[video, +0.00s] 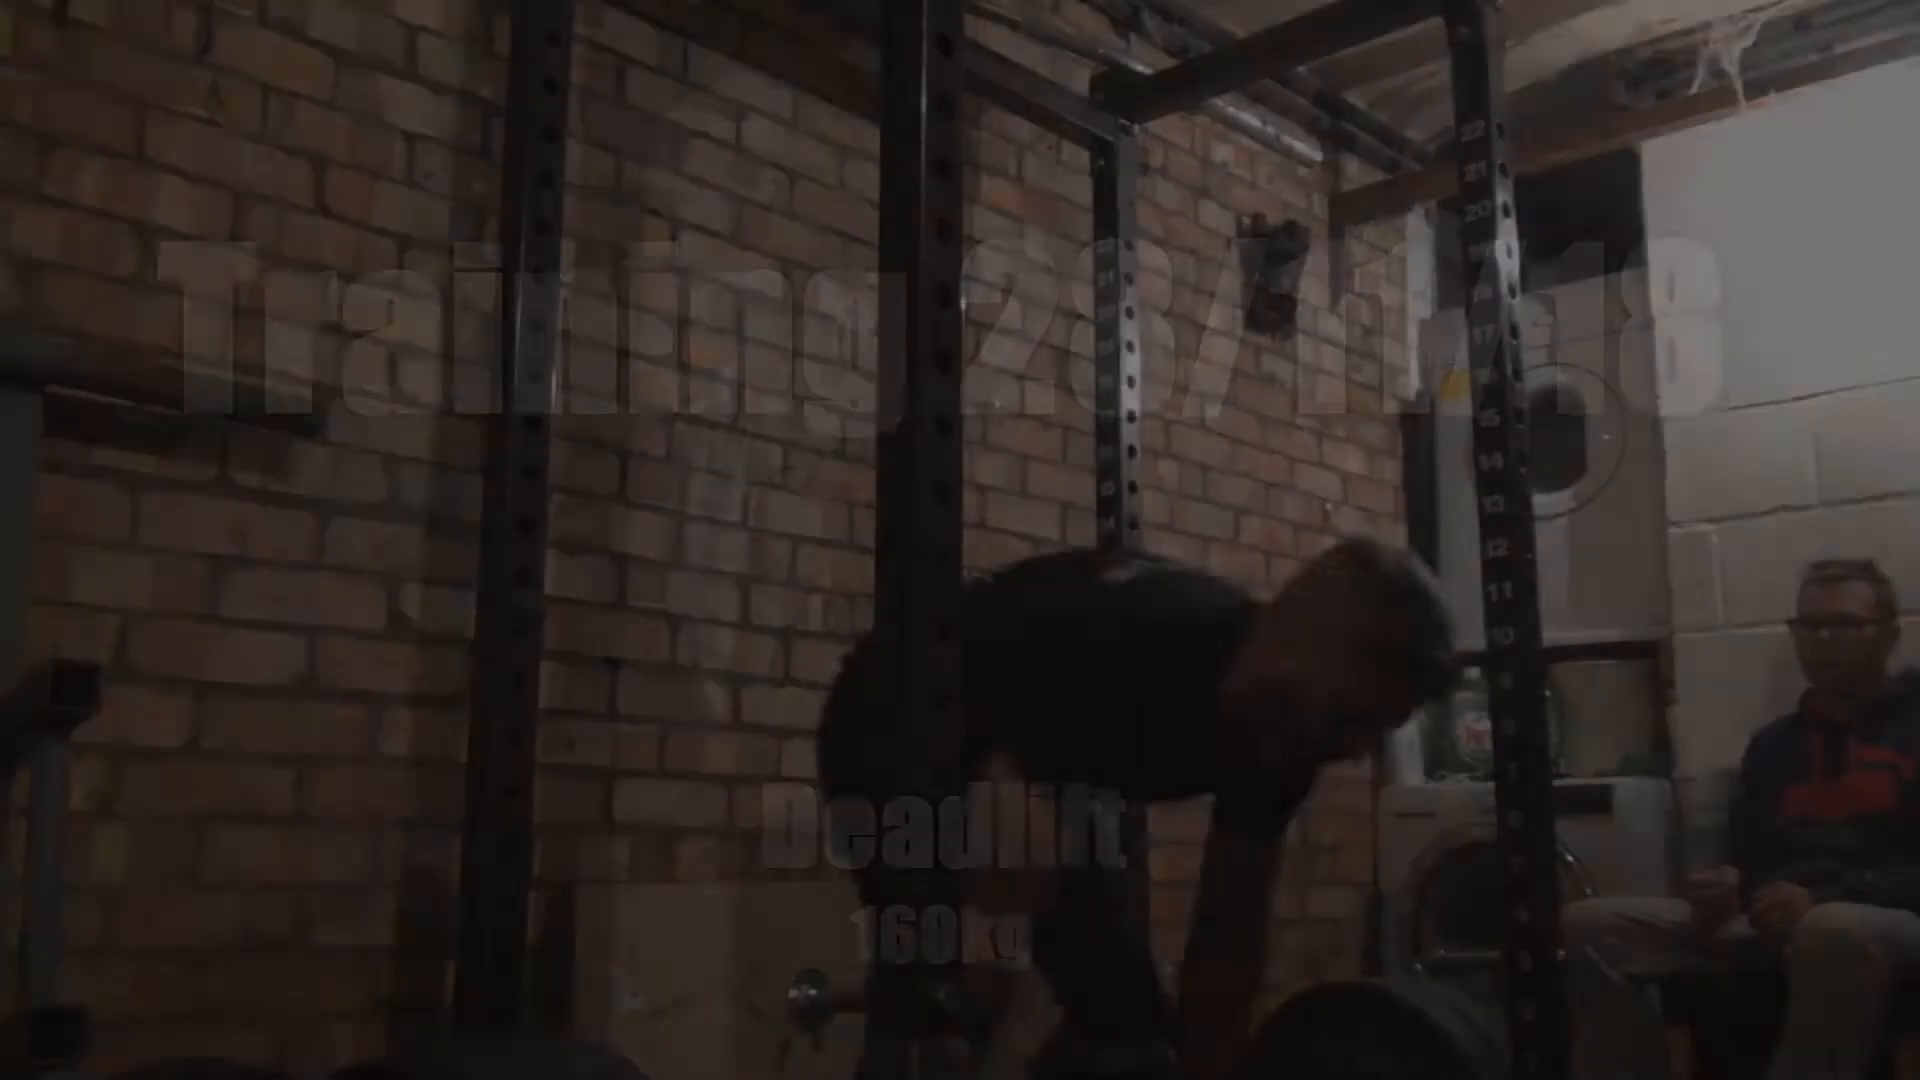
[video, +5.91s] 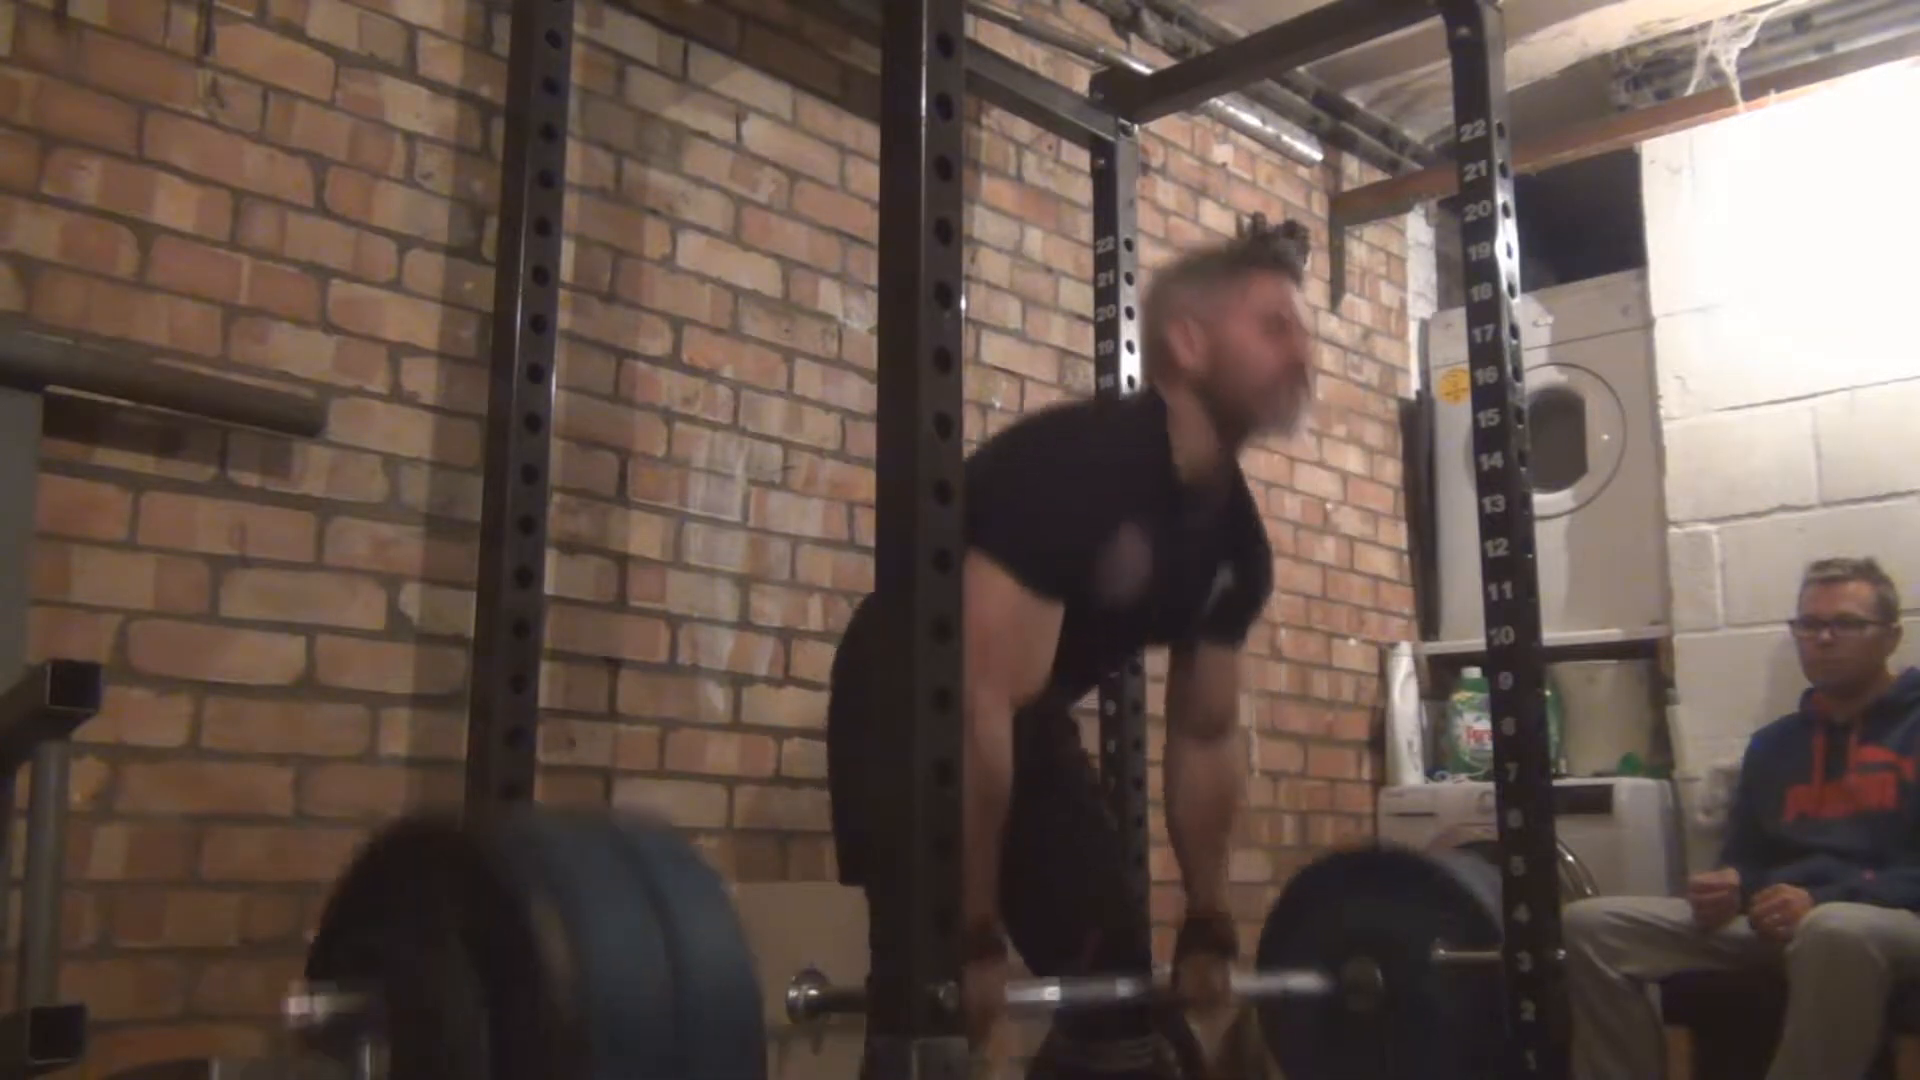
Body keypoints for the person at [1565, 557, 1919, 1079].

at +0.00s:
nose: (1824, 640)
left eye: (1845, 625)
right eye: (1811, 625)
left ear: (1889, 633)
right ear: (1795, 635)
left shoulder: (1912, 723)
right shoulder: (1772, 746)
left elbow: (1910, 874)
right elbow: (1748, 863)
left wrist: (1819, 900)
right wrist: (1727, 894)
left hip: (1893, 917)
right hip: (1774, 920)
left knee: (1831, 936)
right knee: (1589, 927)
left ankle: (1807, 1071)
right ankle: (1629, 1072)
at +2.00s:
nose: (1821, 638)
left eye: (1843, 624)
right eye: (1808, 624)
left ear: (1889, 636)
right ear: (1794, 633)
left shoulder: (1911, 723)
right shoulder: (1772, 744)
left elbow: (1912, 873)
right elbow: (1744, 859)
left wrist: (1820, 900)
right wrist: (1729, 889)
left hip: (1893, 920)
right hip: (1772, 920)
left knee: (1832, 936)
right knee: (1588, 928)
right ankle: (1626, 1073)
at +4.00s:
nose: (1822, 638)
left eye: (1844, 624)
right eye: (1809, 624)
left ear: (1890, 636)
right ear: (1794, 634)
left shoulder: (1914, 723)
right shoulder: (1772, 744)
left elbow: (1914, 873)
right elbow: (1745, 858)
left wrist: (1820, 900)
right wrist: (1729, 888)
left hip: (1894, 920)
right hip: (1770, 921)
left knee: (1833, 935)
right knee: (1589, 929)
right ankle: (1629, 1072)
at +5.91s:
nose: (1824, 638)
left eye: (1846, 624)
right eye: (1810, 624)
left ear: (1891, 636)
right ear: (1795, 634)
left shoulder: (1912, 723)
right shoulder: (1773, 745)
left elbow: (1912, 875)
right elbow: (1745, 857)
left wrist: (1819, 900)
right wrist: (1729, 886)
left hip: (1894, 918)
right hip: (1771, 918)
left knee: (1833, 936)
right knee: (1589, 929)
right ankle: (1626, 1074)